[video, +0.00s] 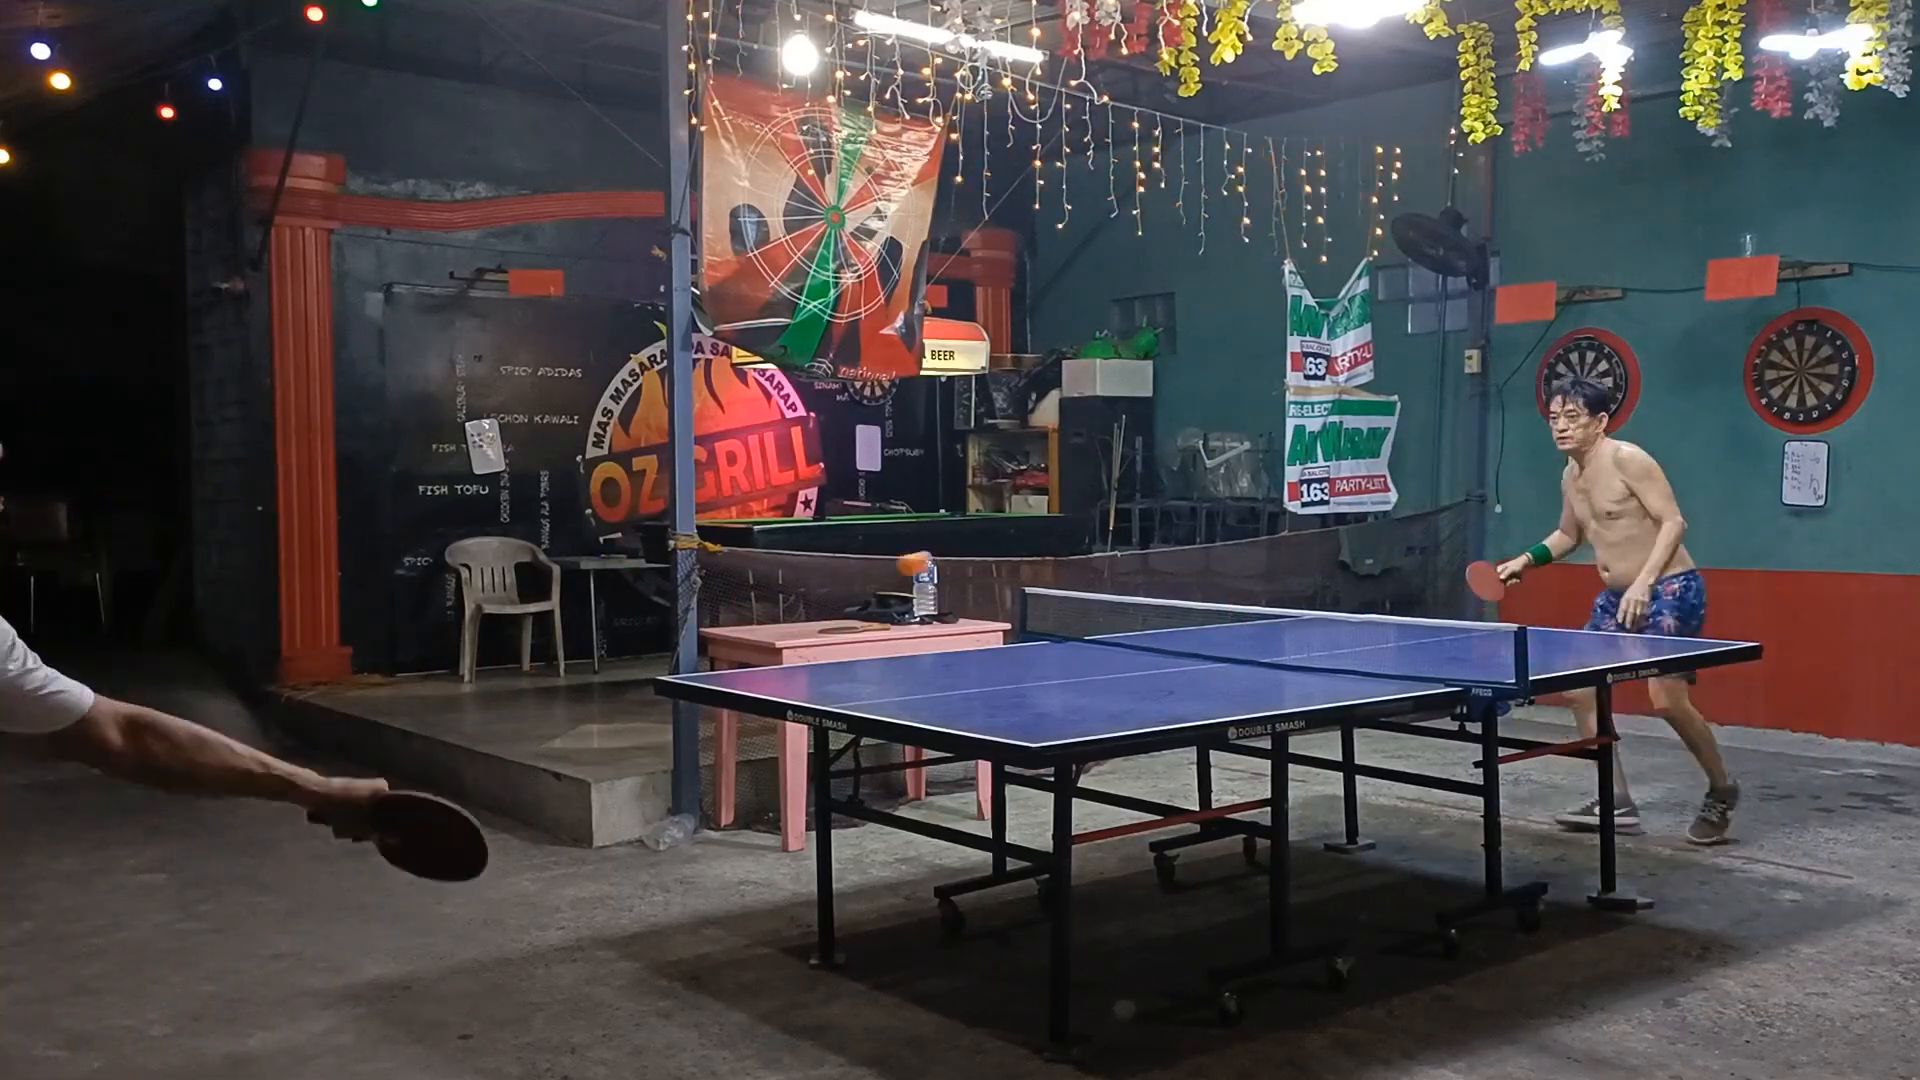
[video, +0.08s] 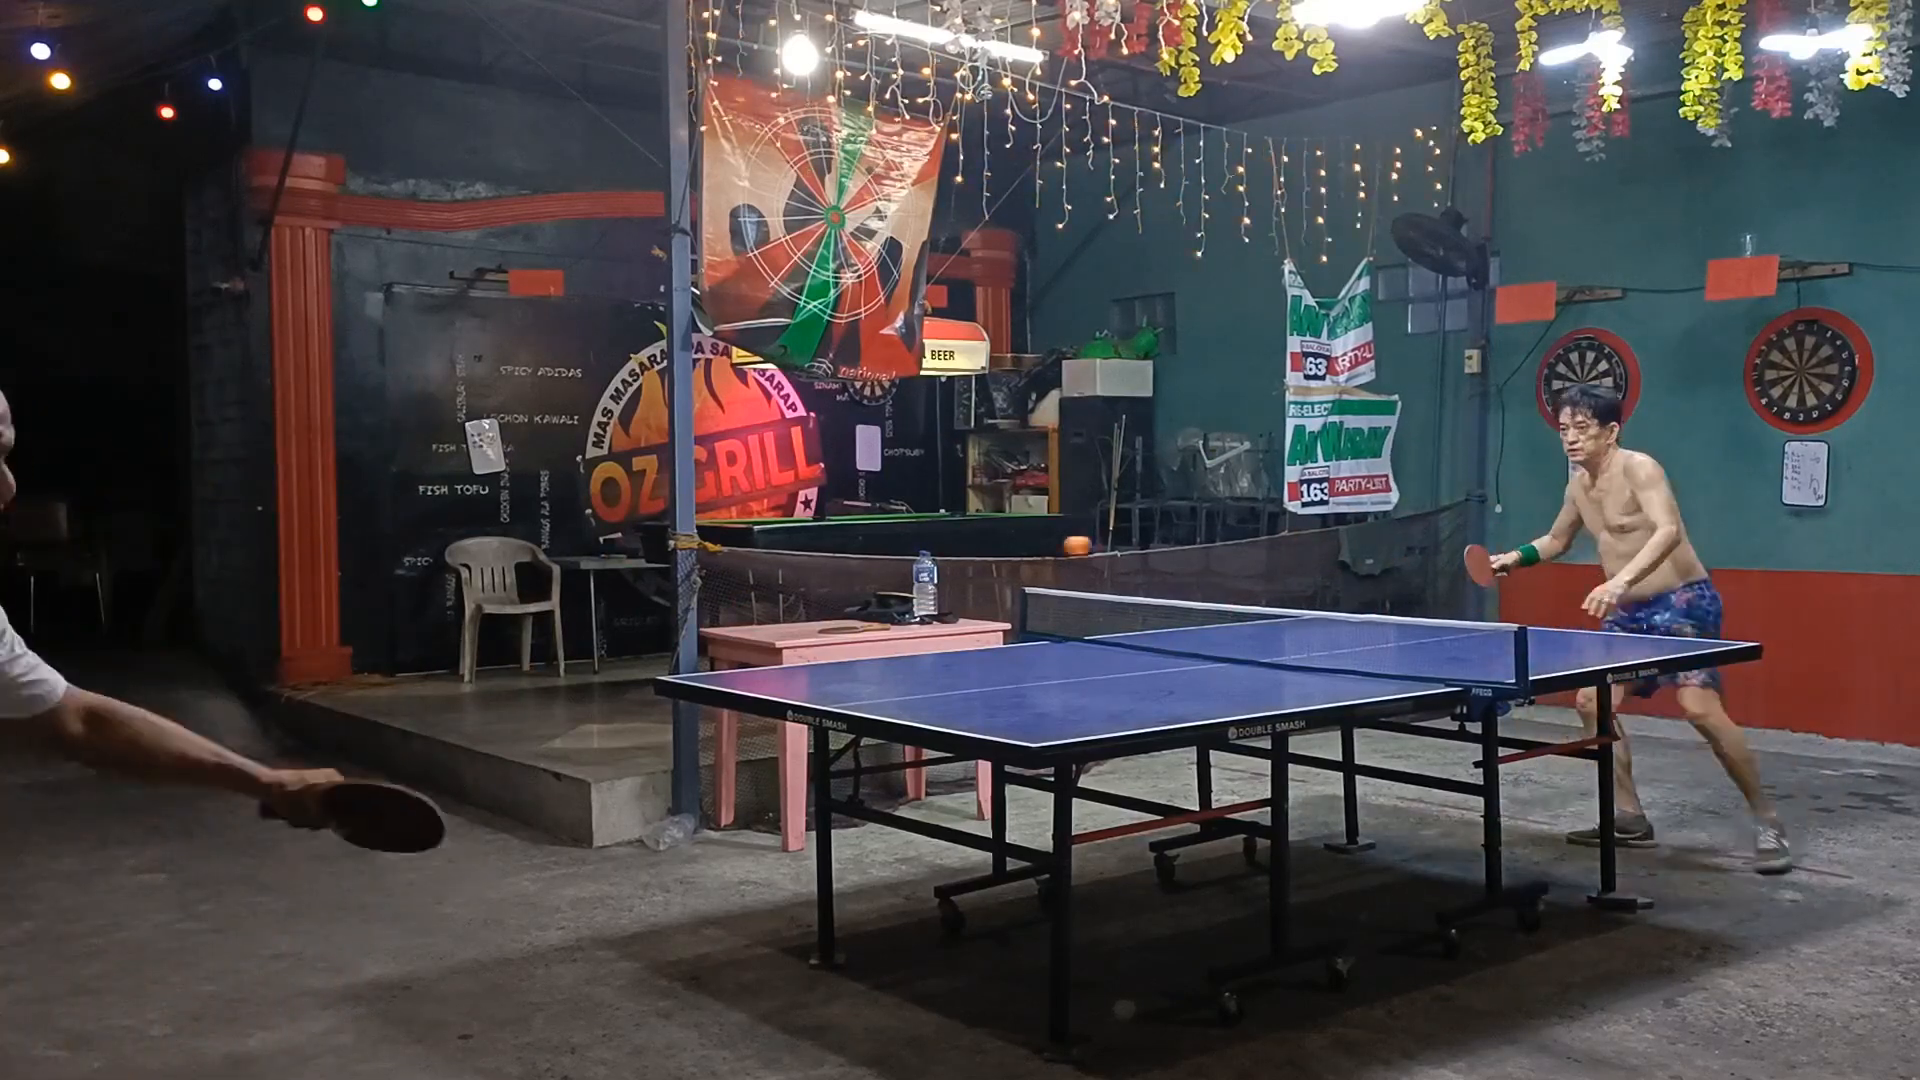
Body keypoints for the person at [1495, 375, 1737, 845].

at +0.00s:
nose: (1560, 425)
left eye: (1571, 416)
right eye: (1555, 418)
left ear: (1600, 420)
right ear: (1551, 424)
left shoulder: (1627, 458)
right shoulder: (1571, 476)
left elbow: (1673, 522)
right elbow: (1570, 534)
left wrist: (1644, 583)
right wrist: (1527, 559)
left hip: (1669, 592)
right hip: (1616, 597)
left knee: (1667, 699)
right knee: (1581, 694)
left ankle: (1722, 788)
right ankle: (1617, 800)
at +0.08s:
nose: (1570, 438)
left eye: (1581, 428)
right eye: (1564, 429)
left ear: (1610, 430)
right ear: (1559, 433)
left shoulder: (1639, 468)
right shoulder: (1577, 483)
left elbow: (1669, 531)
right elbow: (1557, 539)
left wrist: (1618, 584)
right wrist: (1519, 557)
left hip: (1684, 605)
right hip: (1631, 613)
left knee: (1699, 707)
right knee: (1591, 703)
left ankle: (1767, 822)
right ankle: (1628, 815)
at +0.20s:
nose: (1580, 457)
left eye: (1590, 447)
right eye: (1575, 449)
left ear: (1621, 449)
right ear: (1572, 453)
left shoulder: (1651, 484)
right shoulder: (1592, 504)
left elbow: (1652, 548)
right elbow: (1559, 551)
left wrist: (1580, 589)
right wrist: (1509, 558)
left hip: (1699, 624)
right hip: (1642, 629)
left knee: (1730, 728)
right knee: (1576, 705)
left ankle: (1802, 844)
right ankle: (1625, 812)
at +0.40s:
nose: (1544, 468)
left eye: (1552, 457)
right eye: (1540, 459)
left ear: (1585, 454)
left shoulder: (1611, 485)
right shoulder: (1589, 500)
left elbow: (1590, 555)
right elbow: (1582, 561)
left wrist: (1521, 600)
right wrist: (1514, 568)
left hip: (1685, 622)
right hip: (1634, 630)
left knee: (1718, 737)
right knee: (1567, 706)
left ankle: (1800, 844)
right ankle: (1525, 814)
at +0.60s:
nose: (1469, 510)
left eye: (1472, 498)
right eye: (1465, 502)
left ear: (1502, 486)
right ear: (1493, 496)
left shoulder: (1536, 497)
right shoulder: (1528, 533)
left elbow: (1556, 553)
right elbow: (1555, 613)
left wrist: (1505, 616)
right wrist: (1502, 632)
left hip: (1633, 626)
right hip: (1587, 640)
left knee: (1679, 741)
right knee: (1507, 706)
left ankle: (1787, 830)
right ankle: (1507, 818)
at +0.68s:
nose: (1457, 507)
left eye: (1458, 495)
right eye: (1452, 500)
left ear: (1484, 478)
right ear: (1475, 490)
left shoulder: (1526, 488)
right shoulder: (1501, 536)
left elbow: (1545, 546)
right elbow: (1465, 589)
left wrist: (1505, 616)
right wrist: (1418, 564)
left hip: (1618, 618)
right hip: (1575, 635)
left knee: (1663, 730)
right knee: (1496, 699)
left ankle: (1770, 823)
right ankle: (1503, 816)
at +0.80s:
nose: (1449, 481)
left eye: (1452, 469)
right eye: (1444, 474)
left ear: (1483, 457)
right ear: (1461, 474)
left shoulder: (1525, 477)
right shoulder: (1483, 521)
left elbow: (1542, 542)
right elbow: (1455, 561)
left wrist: (1507, 614)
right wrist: (1400, 551)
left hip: (1607, 611)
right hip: (1556, 626)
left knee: (1655, 722)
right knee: (1490, 690)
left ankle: (1752, 819)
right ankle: (1504, 815)